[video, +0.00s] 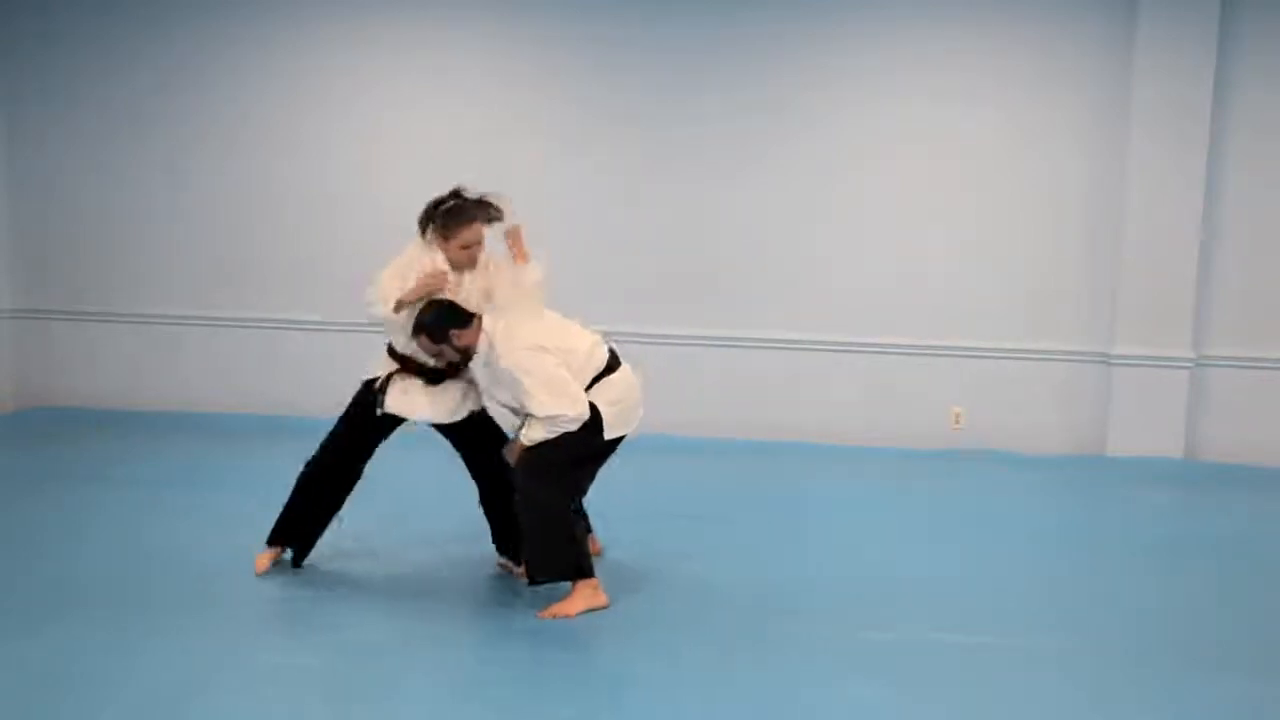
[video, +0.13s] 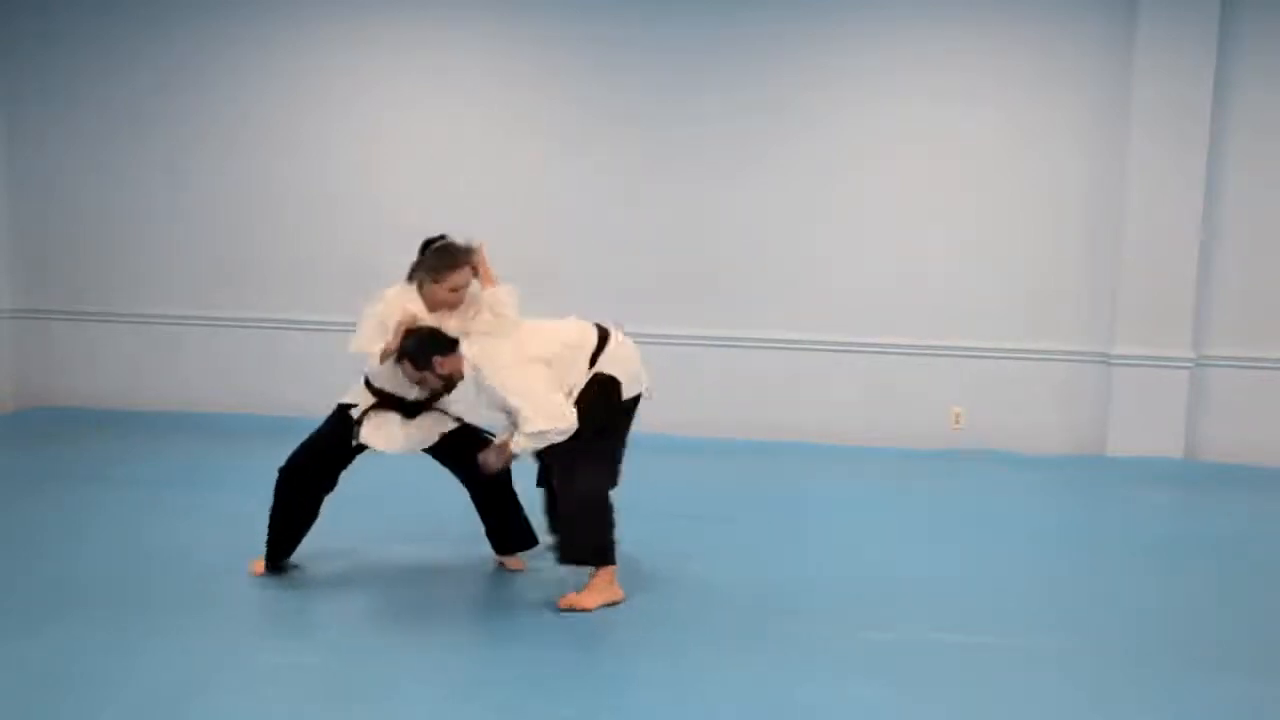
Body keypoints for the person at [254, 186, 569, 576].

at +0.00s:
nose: (476, 253)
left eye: (479, 245)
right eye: (467, 247)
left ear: (484, 241)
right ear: (440, 241)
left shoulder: (488, 271)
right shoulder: (415, 261)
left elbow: (522, 313)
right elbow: (378, 305)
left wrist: (522, 266)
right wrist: (419, 293)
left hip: (457, 390)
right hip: (398, 382)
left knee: (498, 470)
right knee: (337, 458)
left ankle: (515, 553)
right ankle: (283, 543)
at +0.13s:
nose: (460, 297)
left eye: (465, 288)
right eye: (452, 289)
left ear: (473, 281)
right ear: (425, 283)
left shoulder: (476, 310)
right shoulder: (397, 303)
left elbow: (505, 332)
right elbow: (371, 352)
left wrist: (490, 285)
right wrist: (396, 342)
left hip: (437, 415)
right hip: (375, 407)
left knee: (488, 468)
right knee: (303, 470)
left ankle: (509, 550)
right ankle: (276, 556)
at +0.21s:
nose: (442, 308)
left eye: (447, 299)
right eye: (434, 301)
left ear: (451, 294)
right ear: (406, 296)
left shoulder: (451, 322)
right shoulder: (376, 320)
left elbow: (491, 341)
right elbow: (353, 378)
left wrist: (472, 293)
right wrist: (393, 383)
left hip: (420, 421)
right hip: (360, 419)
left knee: (477, 463)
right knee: (294, 471)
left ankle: (504, 550)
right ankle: (270, 556)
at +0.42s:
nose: (412, 292)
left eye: (415, 283)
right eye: (403, 286)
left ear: (419, 274)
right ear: (378, 278)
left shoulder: (428, 309)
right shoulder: (348, 304)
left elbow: (453, 367)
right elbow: (328, 364)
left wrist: (459, 319)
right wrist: (353, 351)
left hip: (409, 403)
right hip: (350, 404)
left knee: (468, 457)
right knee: (296, 468)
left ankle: (487, 547)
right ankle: (270, 553)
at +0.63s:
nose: (405, 274)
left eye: (410, 264)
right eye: (395, 266)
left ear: (416, 256)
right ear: (372, 262)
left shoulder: (424, 292)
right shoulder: (347, 292)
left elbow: (449, 346)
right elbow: (325, 349)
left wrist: (448, 296)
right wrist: (353, 347)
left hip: (414, 404)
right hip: (355, 404)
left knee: (485, 461)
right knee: (285, 466)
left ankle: (505, 550)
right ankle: (277, 554)